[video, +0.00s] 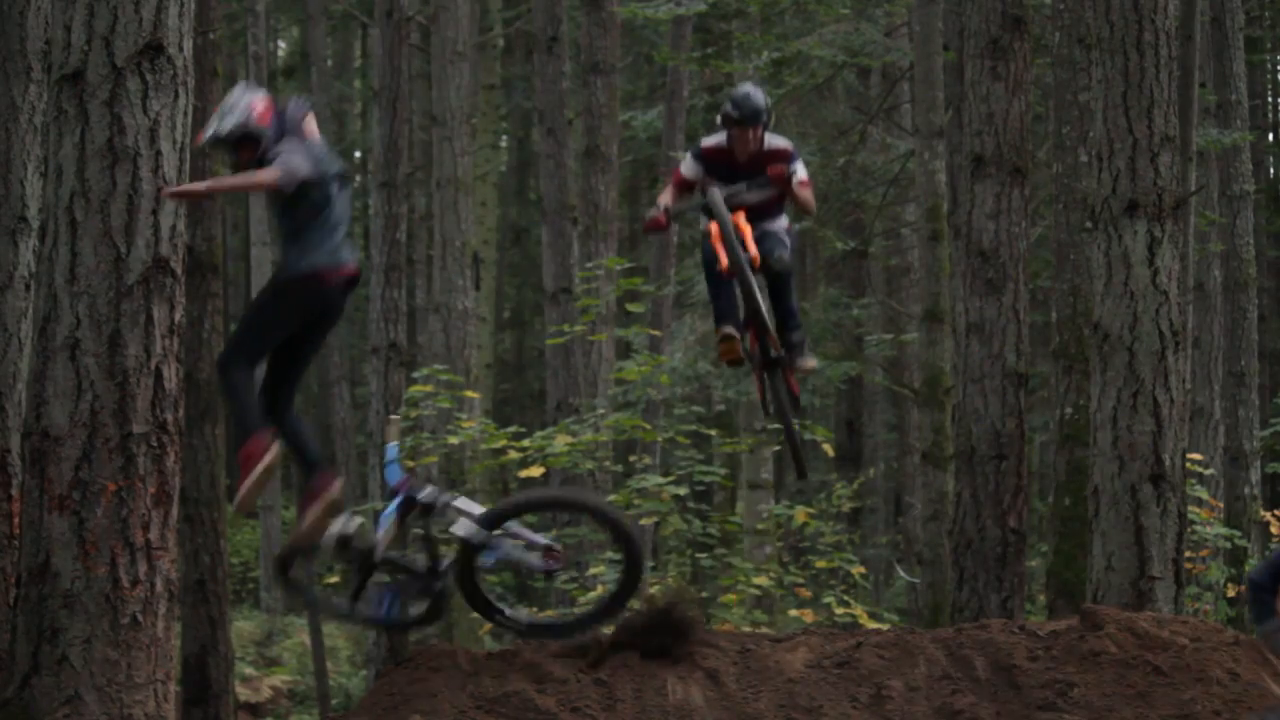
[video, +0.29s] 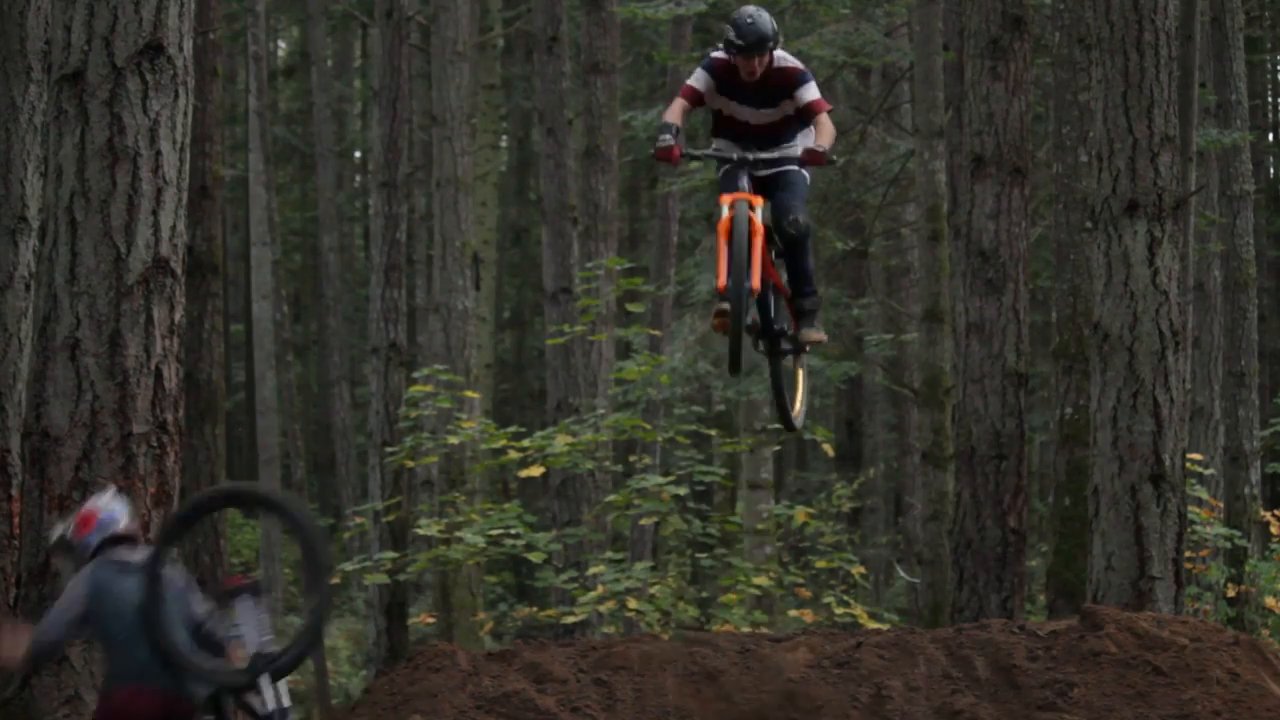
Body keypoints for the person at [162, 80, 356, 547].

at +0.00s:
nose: (241, 158)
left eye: (242, 148)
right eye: (235, 151)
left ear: (260, 133)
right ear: (266, 127)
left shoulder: (292, 154)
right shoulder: (313, 149)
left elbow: (276, 178)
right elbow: (303, 113)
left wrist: (207, 187)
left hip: (303, 281)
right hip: (335, 283)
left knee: (235, 362)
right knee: (276, 399)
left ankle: (254, 442)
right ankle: (319, 480)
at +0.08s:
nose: (207, 229)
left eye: (205, 219)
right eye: (203, 221)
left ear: (217, 205)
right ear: (241, 190)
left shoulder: (249, 217)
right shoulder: (287, 217)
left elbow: (234, 234)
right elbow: (324, 219)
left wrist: (163, 226)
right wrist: (327, 202)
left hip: (266, 351)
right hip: (306, 352)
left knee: (204, 451)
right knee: (258, 486)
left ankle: (210, 547)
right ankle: (292, 576)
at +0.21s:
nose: (127, 398)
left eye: (129, 389)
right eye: (124, 391)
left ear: (144, 382)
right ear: (179, 375)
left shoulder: (158, 409)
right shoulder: (220, 411)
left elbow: (110, 430)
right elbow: (270, 418)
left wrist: (79, 388)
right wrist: (304, 441)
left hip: (182, 556)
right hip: (232, 556)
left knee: (147, 677)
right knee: (211, 683)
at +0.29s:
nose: (77, 552)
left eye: (77, 545)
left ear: (88, 539)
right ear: (131, 526)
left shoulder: (92, 576)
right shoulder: (171, 565)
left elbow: (50, 634)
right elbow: (202, 620)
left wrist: (28, 660)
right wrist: (225, 651)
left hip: (125, 692)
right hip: (183, 690)